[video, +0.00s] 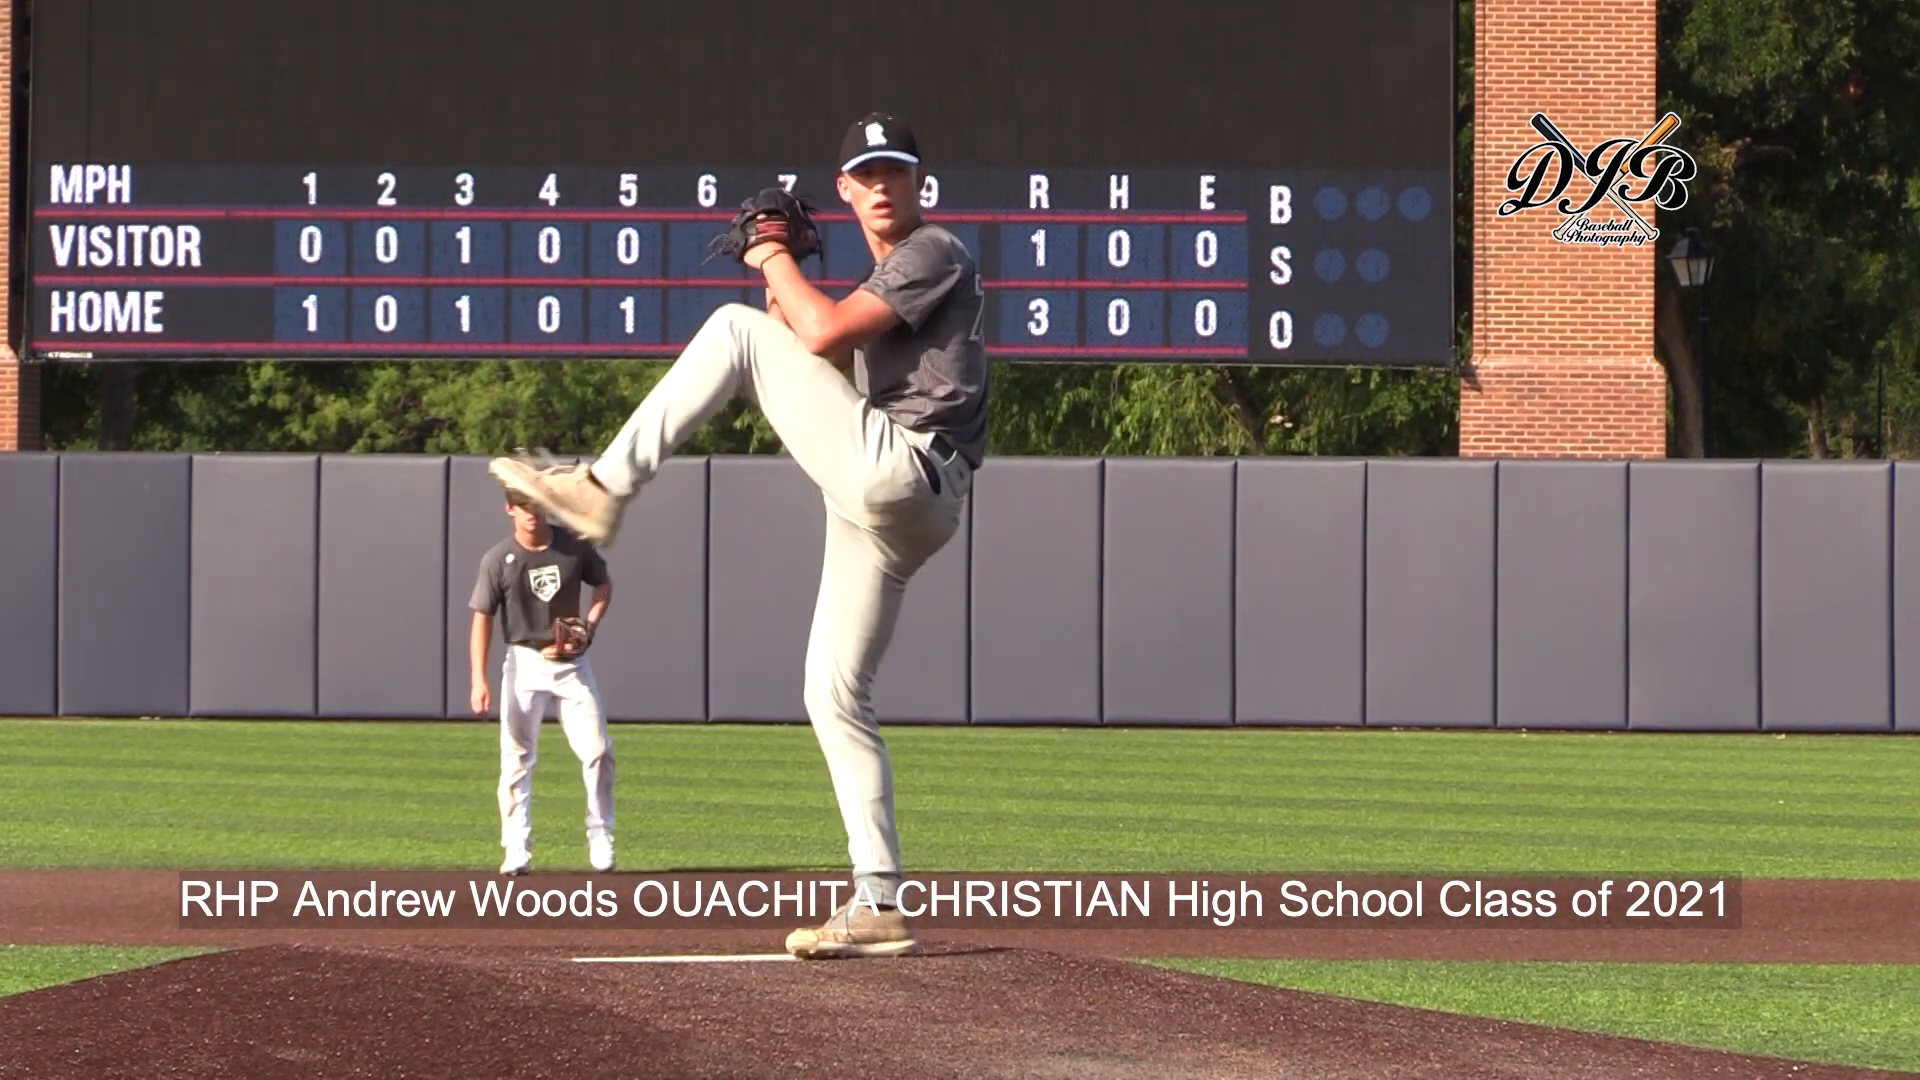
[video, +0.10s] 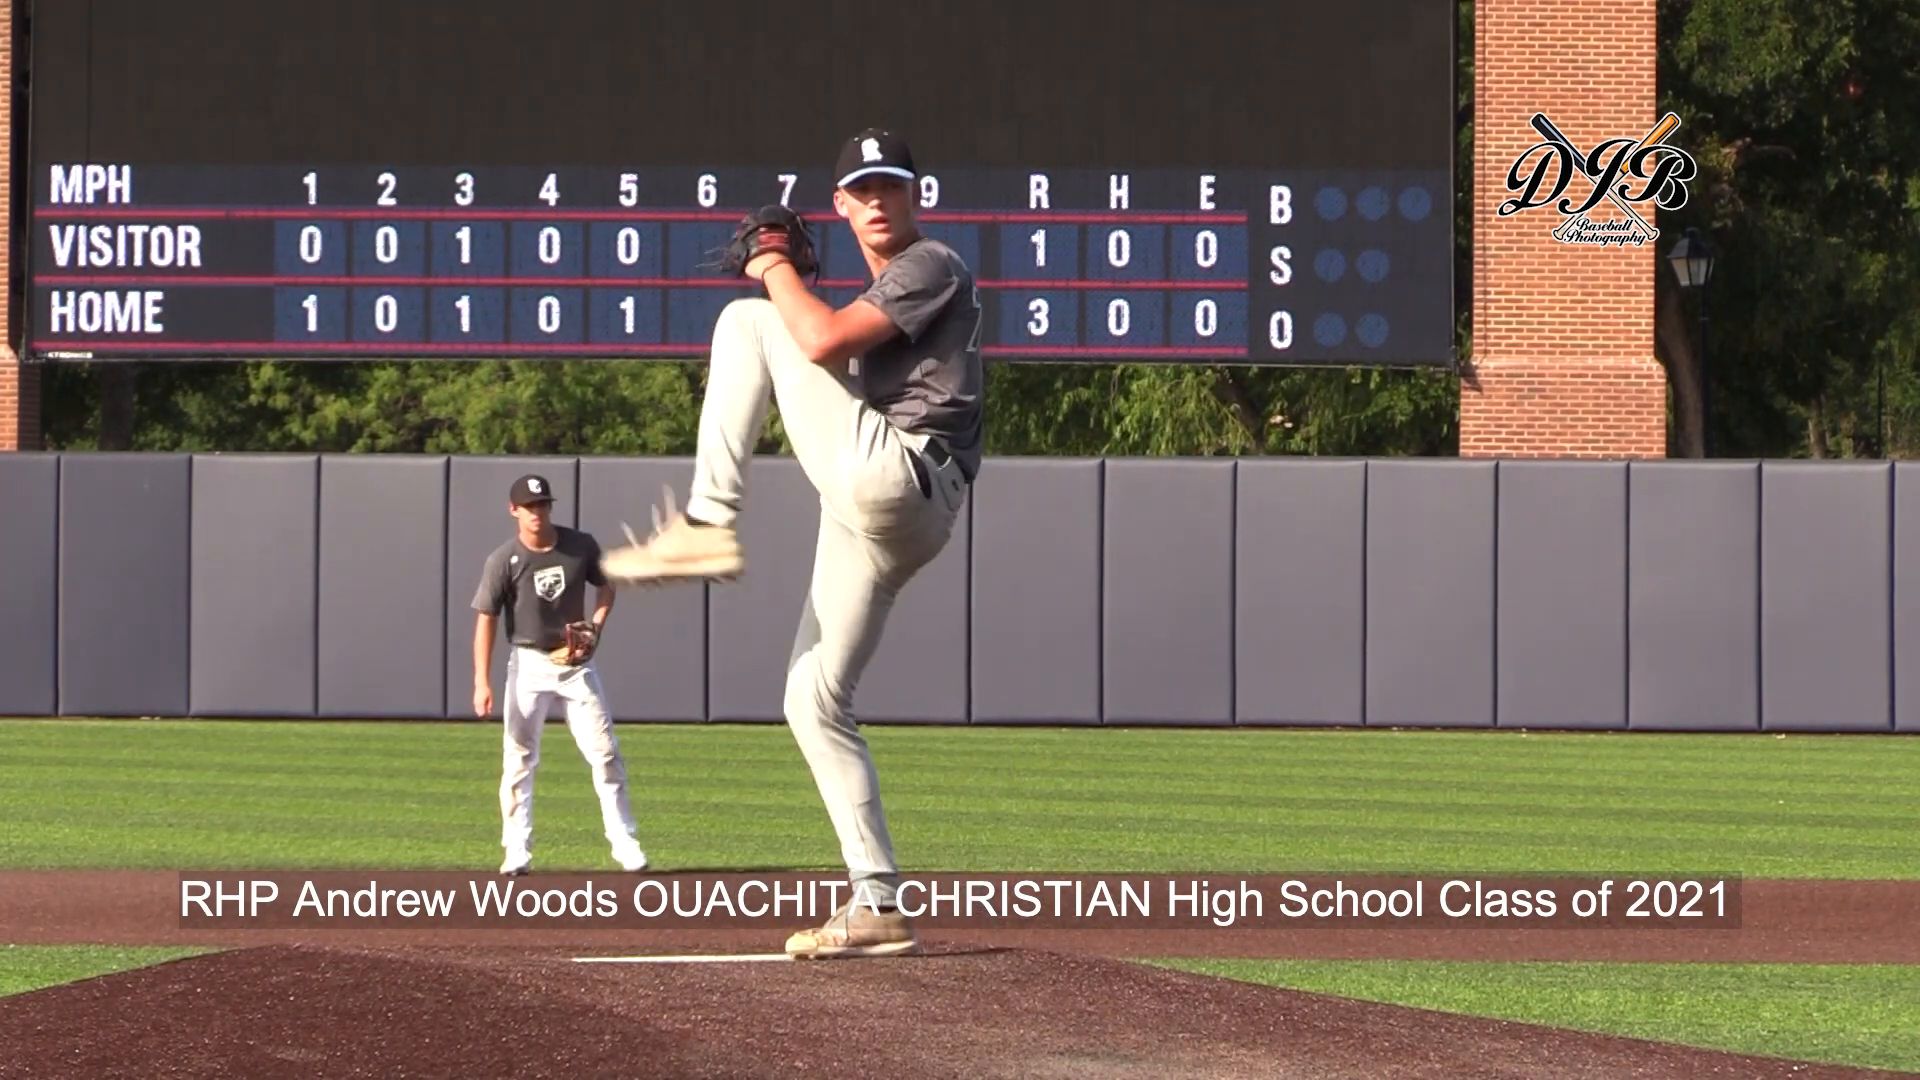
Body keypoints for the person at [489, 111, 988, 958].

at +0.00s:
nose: (879, 192)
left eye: (894, 175)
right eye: (864, 178)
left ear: (921, 183)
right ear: (846, 191)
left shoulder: (936, 252)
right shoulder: (877, 273)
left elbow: (825, 329)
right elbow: (824, 348)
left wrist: (773, 252)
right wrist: (780, 263)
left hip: (900, 469)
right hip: (883, 500)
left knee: (742, 326)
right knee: (839, 697)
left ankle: (600, 489)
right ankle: (878, 906)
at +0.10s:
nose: (875, 205)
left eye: (889, 189)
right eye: (860, 193)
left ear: (917, 197)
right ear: (841, 206)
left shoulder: (933, 263)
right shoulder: (870, 283)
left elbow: (825, 338)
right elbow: (833, 357)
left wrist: (772, 265)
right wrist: (791, 276)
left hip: (894, 469)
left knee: (750, 318)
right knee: (815, 701)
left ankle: (710, 523)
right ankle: (876, 904)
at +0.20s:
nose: (875, 222)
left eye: (889, 206)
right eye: (859, 210)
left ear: (916, 212)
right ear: (840, 224)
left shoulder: (930, 278)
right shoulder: (888, 310)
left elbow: (843, 381)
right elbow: (832, 417)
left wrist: (769, 322)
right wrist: (776, 333)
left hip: (907, 493)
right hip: (911, 529)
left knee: (718, 422)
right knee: (808, 712)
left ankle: (760, 630)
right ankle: (879, 903)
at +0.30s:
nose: (871, 248)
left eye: (886, 232)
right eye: (856, 235)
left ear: (913, 240)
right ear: (840, 250)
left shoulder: (921, 304)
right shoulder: (904, 333)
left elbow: (859, 417)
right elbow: (879, 488)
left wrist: (750, 427)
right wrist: (781, 471)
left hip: (916, 533)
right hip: (938, 551)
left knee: (721, 567)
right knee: (798, 728)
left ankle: (782, 768)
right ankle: (875, 906)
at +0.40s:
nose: (867, 292)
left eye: (881, 276)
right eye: (853, 280)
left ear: (910, 285)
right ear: (840, 296)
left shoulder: (913, 334)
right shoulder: (929, 357)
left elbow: (827, 406)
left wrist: (715, 473)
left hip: (942, 570)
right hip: (961, 585)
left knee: (761, 669)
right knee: (806, 737)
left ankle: (801, 880)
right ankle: (872, 906)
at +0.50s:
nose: (848, 343)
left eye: (865, 327)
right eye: (839, 329)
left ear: (899, 334)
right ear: (826, 337)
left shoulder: (906, 374)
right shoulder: (920, 408)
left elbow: (831, 393)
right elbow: (951, 579)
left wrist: (722, 397)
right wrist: (954, 730)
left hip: (981, 604)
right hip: (962, 610)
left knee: (812, 711)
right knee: (793, 739)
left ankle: (832, 913)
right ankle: (879, 907)